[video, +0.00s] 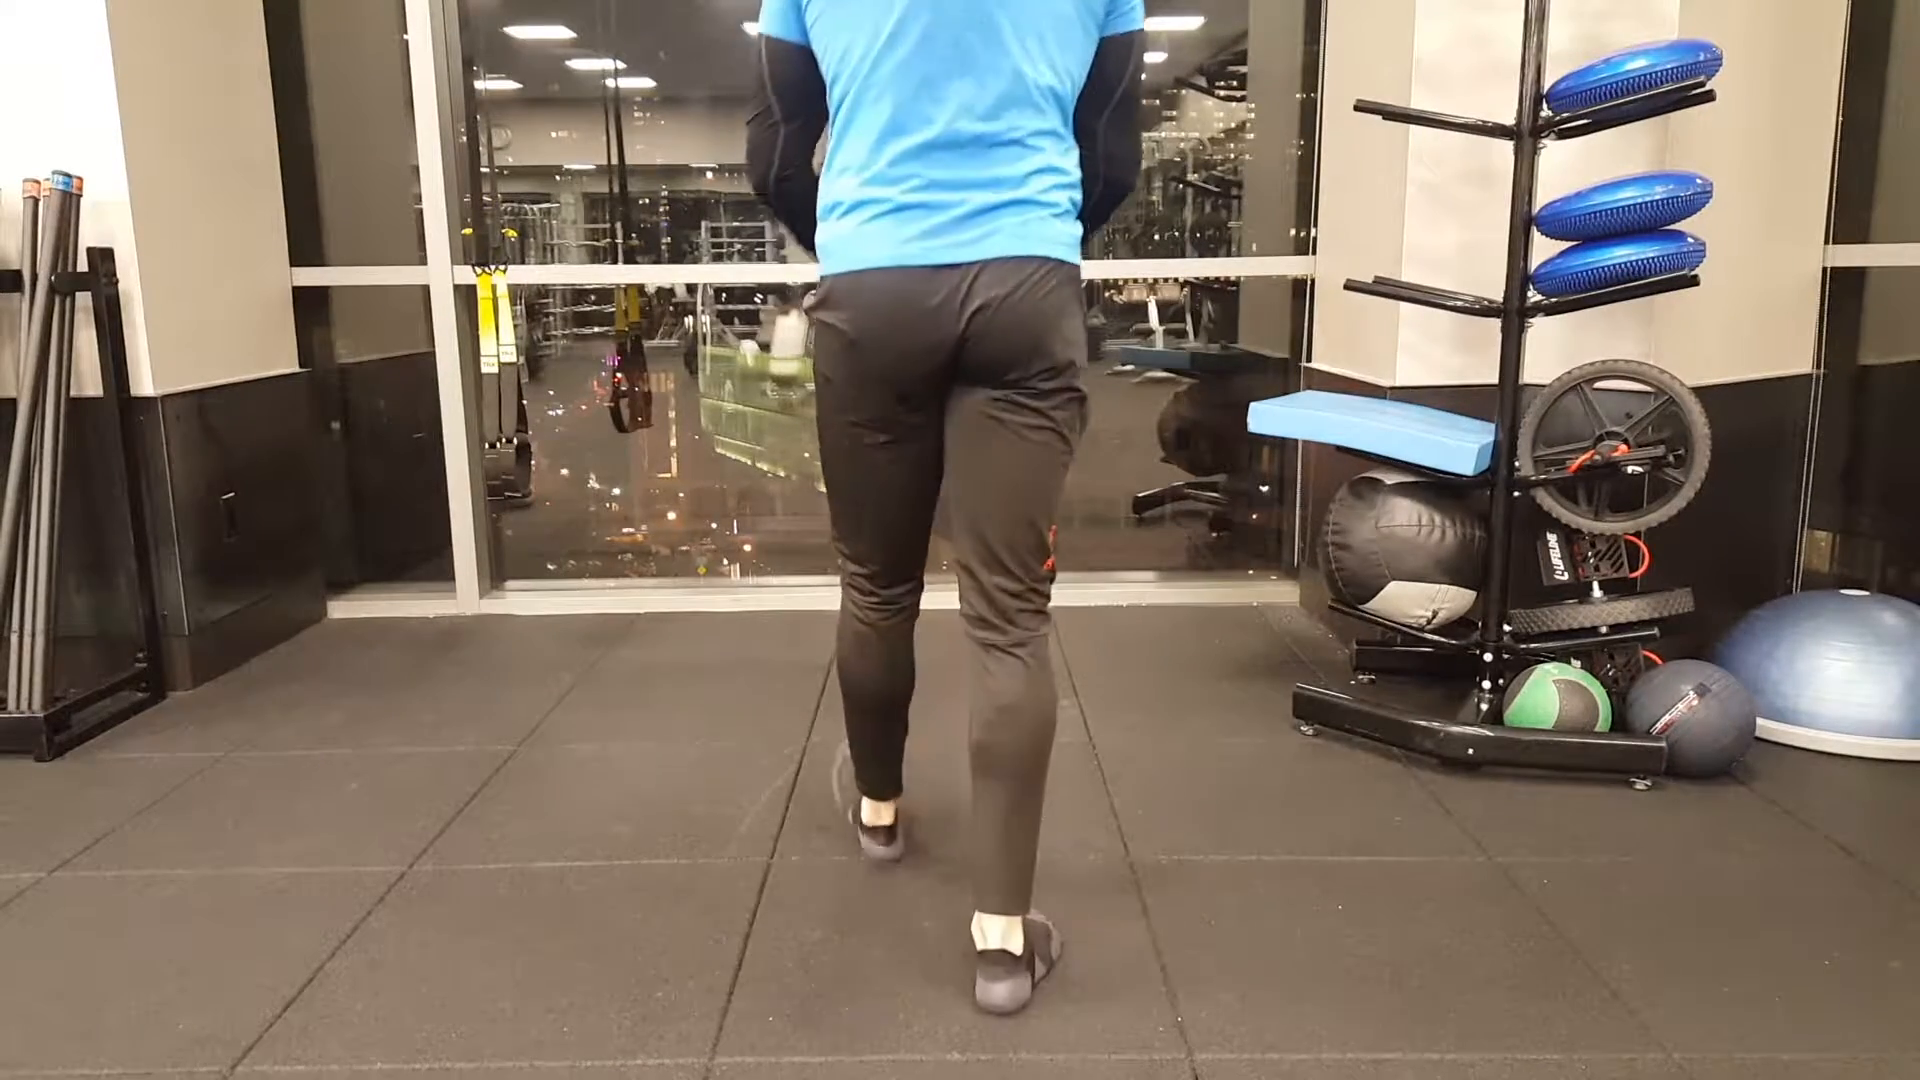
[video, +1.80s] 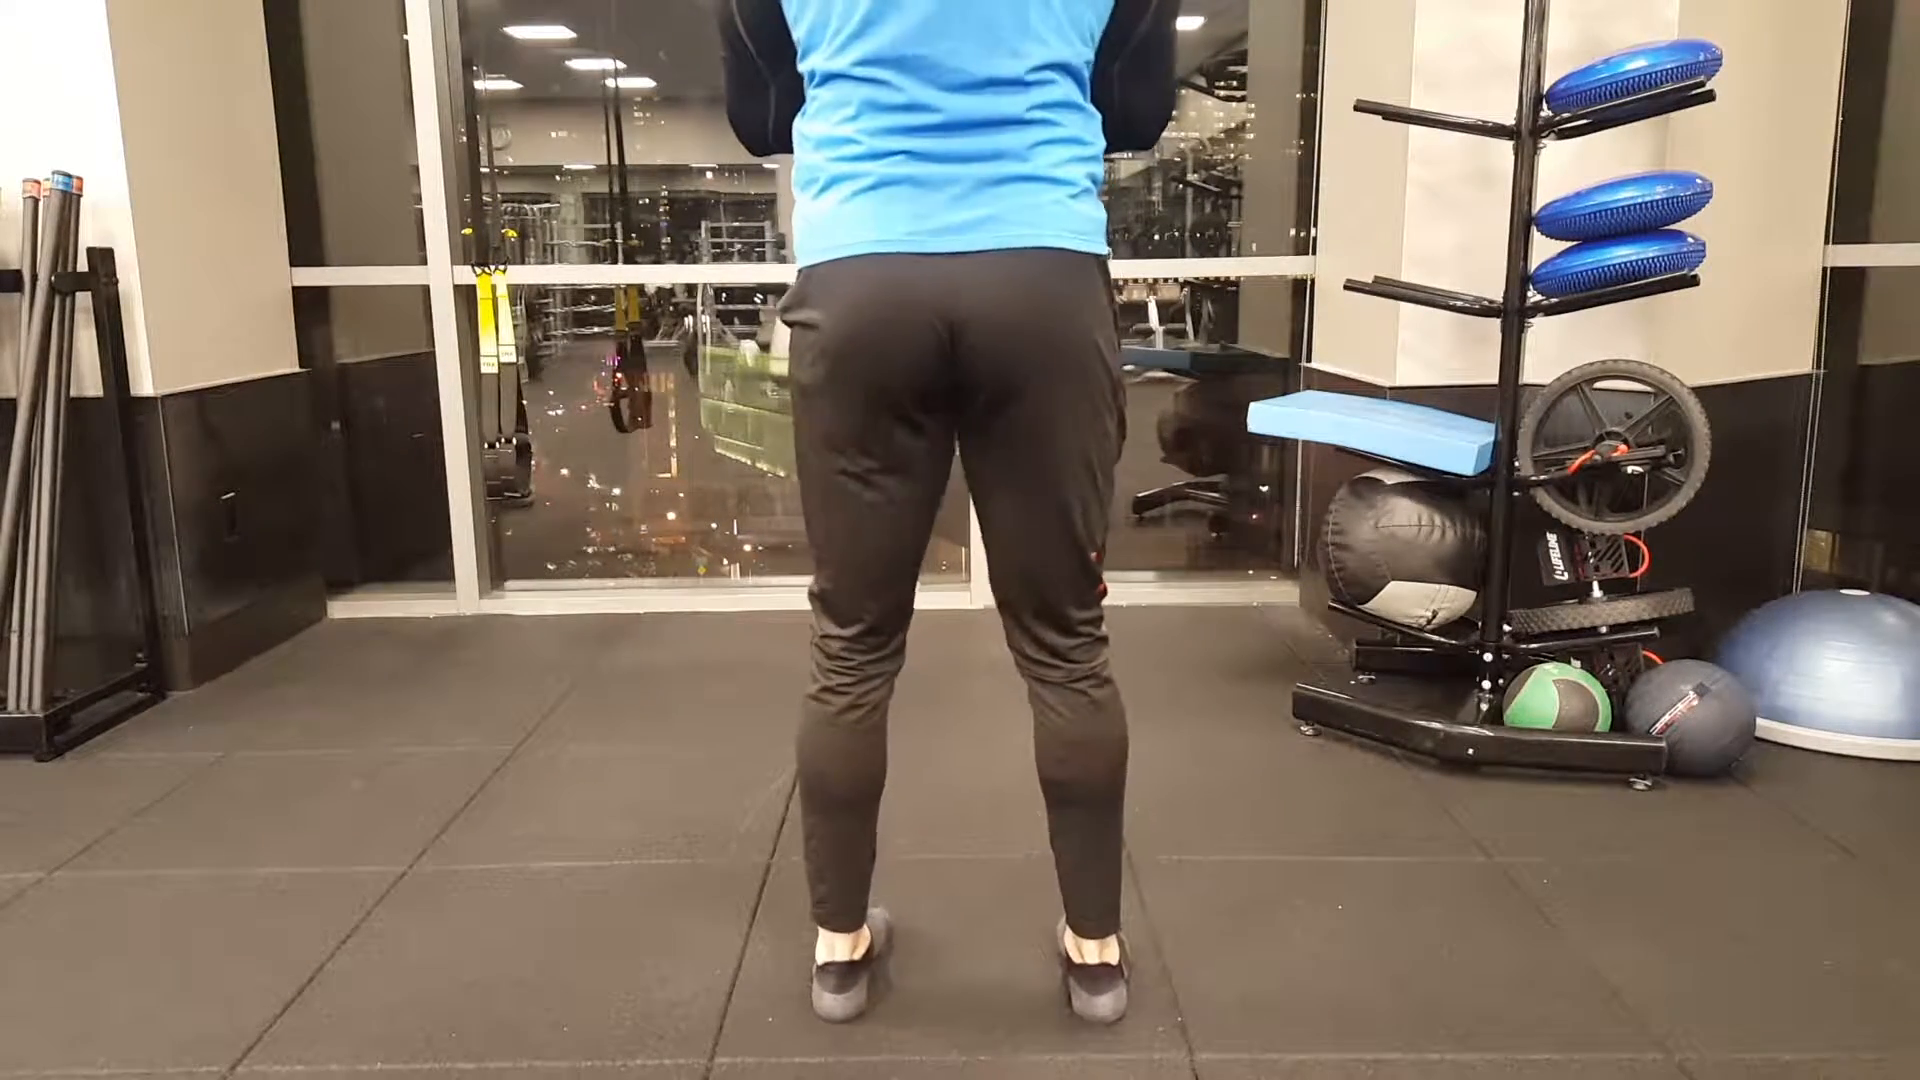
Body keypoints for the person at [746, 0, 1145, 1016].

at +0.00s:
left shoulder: (812, 2)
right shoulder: (1100, 2)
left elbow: (775, 160)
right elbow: (1109, 168)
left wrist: (860, 240)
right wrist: (1030, 235)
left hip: (872, 279)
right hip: (1030, 275)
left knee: (877, 584)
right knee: (1009, 610)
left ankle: (879, 805)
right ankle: (1002, 938)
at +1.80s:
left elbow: (762, 120)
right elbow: (1137, 115)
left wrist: (889, 91)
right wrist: (1008, 89)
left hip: (859, 275)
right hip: (1042, 272)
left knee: (851, 646)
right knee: (1064, 638)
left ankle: (839, 953)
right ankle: (1095, 957)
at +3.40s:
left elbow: (751, 107)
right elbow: (1149, 100)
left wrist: (869, 76)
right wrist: (1018, 98)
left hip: (872, 266)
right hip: (1050, 267)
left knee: (861, 629)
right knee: (1067, 620)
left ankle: (843, 945)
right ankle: (1099, 948)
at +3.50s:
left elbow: (751, 104)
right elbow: (1149, 97)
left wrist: (878, 86)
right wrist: (1021, 100)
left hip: (871, 266)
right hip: (1052, 267)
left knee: (861, 631)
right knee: (1066, 619)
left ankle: (845, 947)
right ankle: (1096, 945)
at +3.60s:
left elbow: (752, 105)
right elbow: (1148, 100)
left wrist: (869, 66)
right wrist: (1019, 90)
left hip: (870, 267)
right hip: (1052, 267)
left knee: (858, 645)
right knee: (1066, 627)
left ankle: (841, 953)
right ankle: (1096, 953)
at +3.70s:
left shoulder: (788, 1)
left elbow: (750, 106)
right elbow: (1148, 100)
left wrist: (870, 59)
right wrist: (1020, 84)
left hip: (866, 268)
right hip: (1052, 267)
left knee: (855, 647)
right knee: (1066, 644)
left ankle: (840, 953)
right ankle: (1097, 957)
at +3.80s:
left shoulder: (782, 3)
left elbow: (750, 108)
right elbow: (1147, 103)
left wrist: (870, 70)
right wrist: (1019, 83)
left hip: (862, 269)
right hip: (1051, 270)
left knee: (853, 650)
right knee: (1070, 647)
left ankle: (840, 951)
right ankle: (1098, 955)